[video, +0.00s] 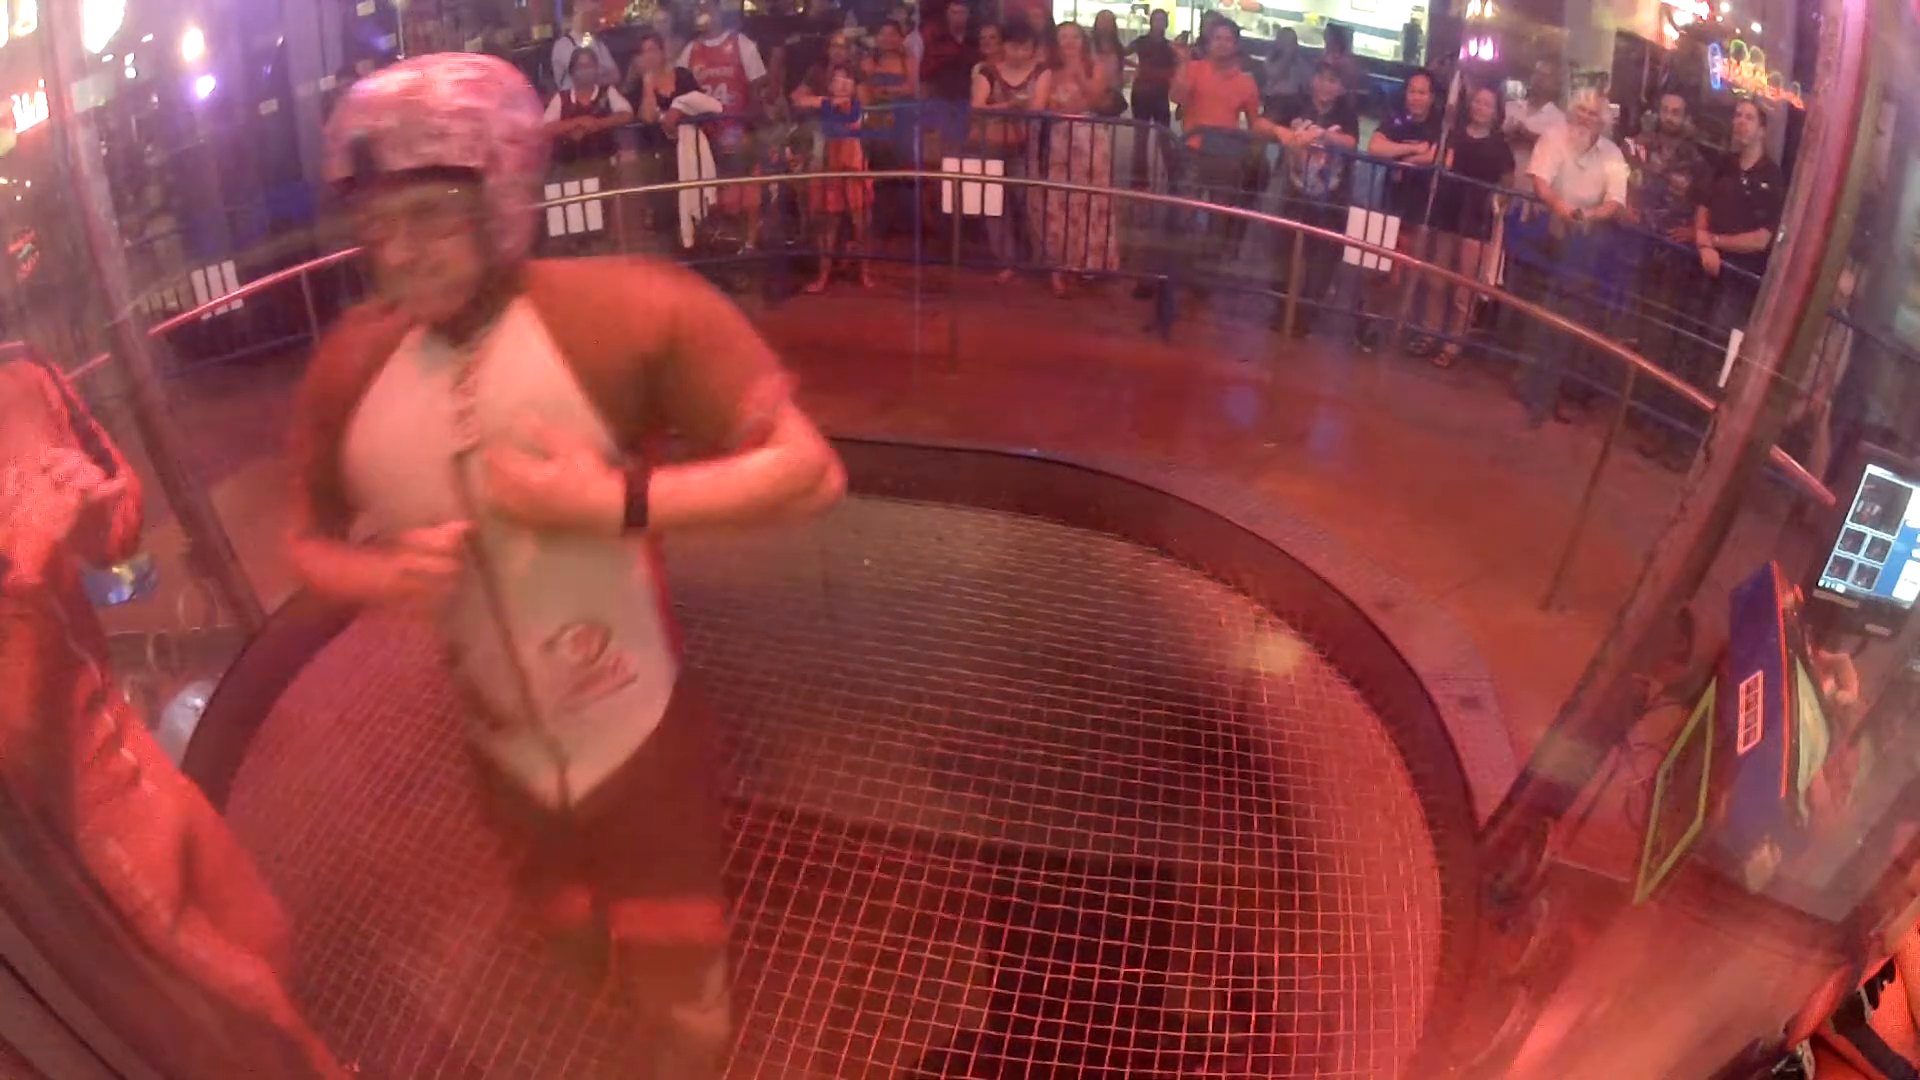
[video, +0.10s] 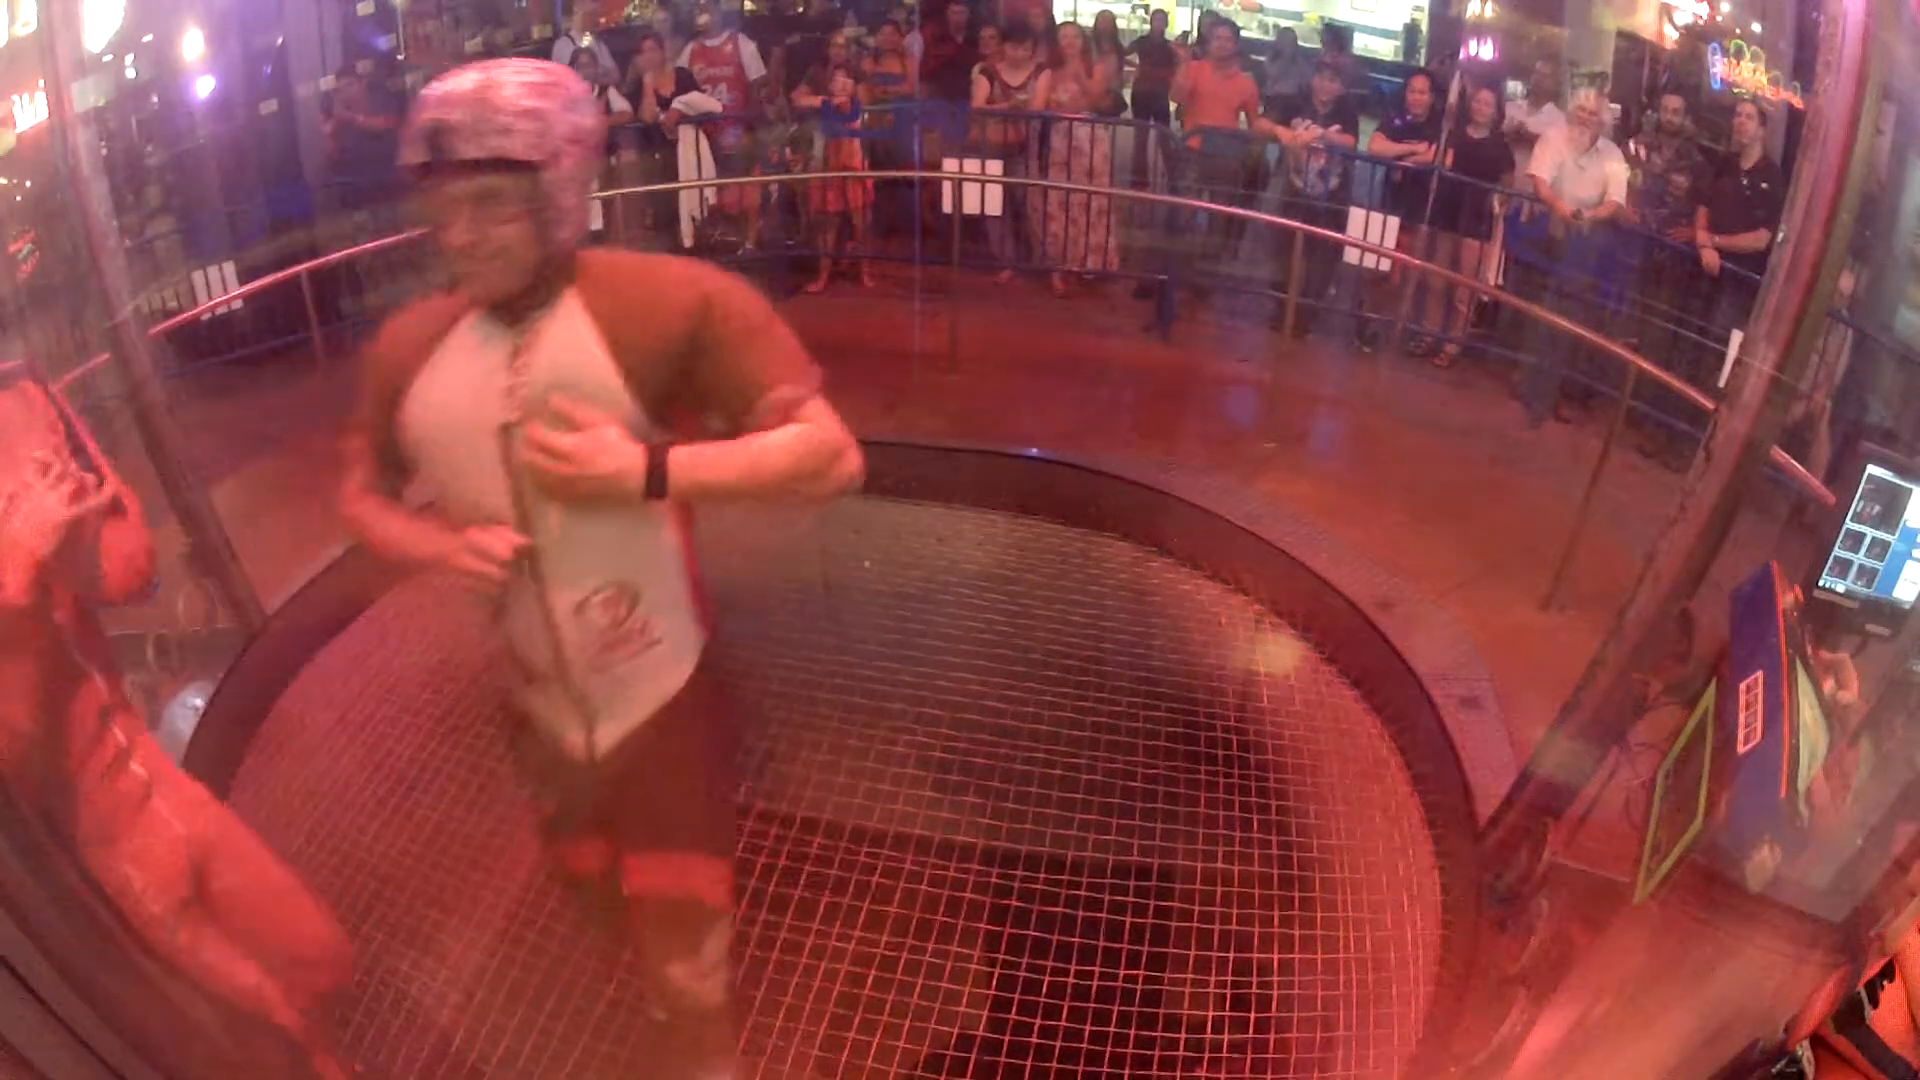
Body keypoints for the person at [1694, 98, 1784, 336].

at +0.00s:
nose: (1740, 122)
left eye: (1749, 118)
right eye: (1737, 115)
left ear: (1762, 130)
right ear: (1732, 122)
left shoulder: (1773, 176)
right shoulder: (1721, 165)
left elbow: (1762, 239)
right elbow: (1702, 209)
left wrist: (1712, 240)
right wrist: (1705, 246)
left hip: (1741, 273)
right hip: (1705, 262)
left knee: (1719, 344)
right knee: (1687, 337)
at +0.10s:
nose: (1740, 122)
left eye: (1749, 117)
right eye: (1737, 115)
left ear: (1762, 129)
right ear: (1732, 122)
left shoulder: (1773, 176)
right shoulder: (1721, 164)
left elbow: (1762, 239)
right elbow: (1703, 208)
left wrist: (1712, 240)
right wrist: (1705, 246)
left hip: (1741, 273)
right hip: (1705, 262)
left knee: (1719, 345)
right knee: (1687, 337)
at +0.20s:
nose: (1740, 122)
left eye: (1749, 118)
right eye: (1738, 115)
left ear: (1762, 130)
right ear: (1732, 122)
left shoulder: (1773, 176)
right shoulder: (1721, 165)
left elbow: (1762, 239)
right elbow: (1702, 209)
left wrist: (1712, 240)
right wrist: (1705, 246)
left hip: (1741, 273)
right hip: (1705, 262)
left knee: (1719, 344)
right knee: (1687, 337)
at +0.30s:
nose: (1740, 122)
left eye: (1749, 117)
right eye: (1737, 115)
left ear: (1762, 130)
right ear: (1732, 122)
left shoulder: (1773, 176)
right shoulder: (1721, 165)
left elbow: (1762, 239)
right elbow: (1703, 209)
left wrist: (1711, 240)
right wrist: (1705, 246)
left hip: (1740, 274)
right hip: (1704, 264)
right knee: (1687, 338)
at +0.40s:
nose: (1740, 122)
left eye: (1749, 118)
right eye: (1737, 115)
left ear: (1762, 129)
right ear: (1732, 122)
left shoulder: (1773, 176)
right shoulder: (1720, 165)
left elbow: (1762, 239)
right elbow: (1702, 209)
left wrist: (1711, 240)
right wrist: (1705, 247)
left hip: (1740, 274)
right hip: (1704, 264)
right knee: (1686, 339)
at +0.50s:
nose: (1740, 122)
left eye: (1749, 118)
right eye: (1737, 115)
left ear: (1762, 130)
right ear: (1732, 122)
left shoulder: (1773, 176)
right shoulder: (1720, 165)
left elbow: (1762, 239)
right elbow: (1702, 209)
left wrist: (1711, 240)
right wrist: (1705, 246)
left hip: (1740, 274)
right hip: (1704, 264)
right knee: (1686, 338)